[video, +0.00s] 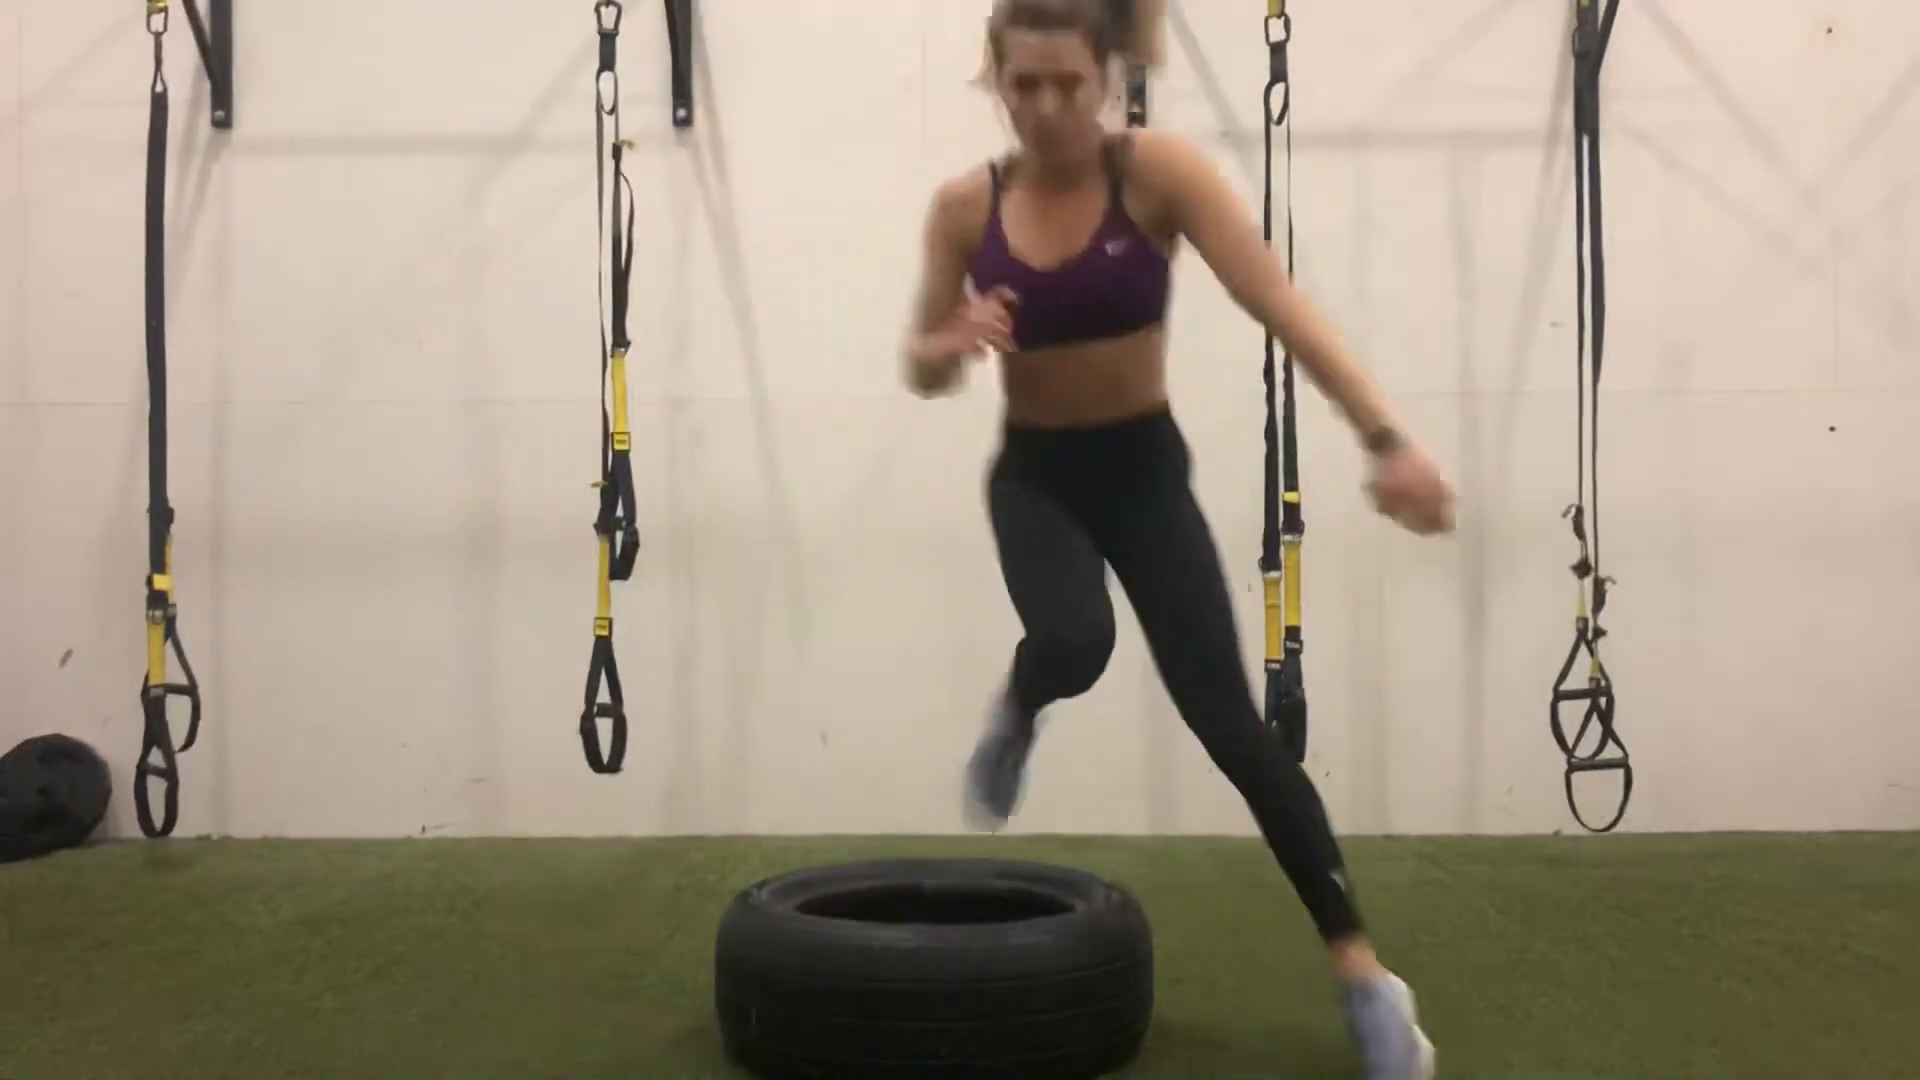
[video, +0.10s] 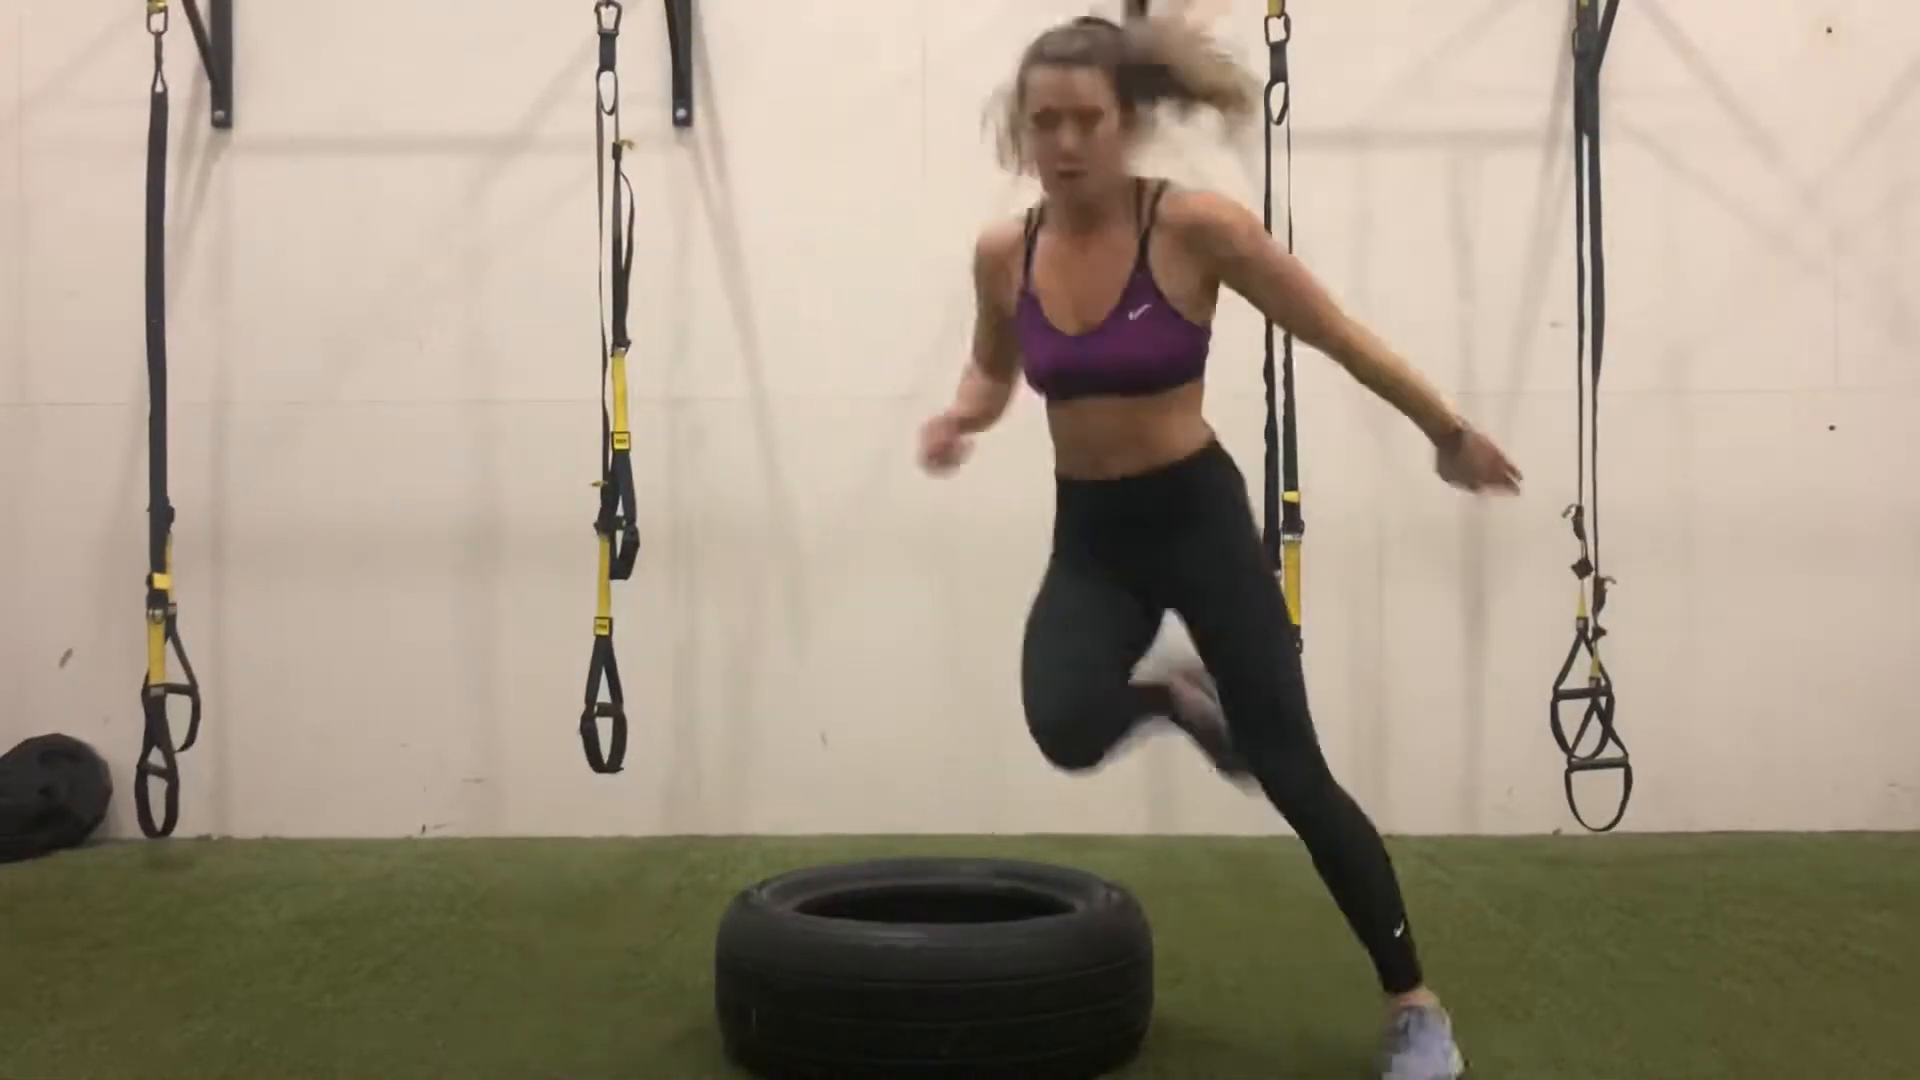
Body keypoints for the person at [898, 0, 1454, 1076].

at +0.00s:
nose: (1049, 107)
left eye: (1069, 83)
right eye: (1028, 84)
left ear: (1107, 75)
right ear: (998, 82)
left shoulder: (1162, 174)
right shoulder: (965, 209)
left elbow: (1276, 301)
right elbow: (925, 372)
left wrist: (1387, 440)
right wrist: (953, 340)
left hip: (1142, 466)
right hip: (1034, 472)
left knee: (1227, 721)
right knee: (1075, 644)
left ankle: (1360, 969)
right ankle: (1014, 717)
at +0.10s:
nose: (1063, 141)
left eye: (1085, 119)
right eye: (1044, 121)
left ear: (1131, 123)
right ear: (1021, 128)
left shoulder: (1196, 224)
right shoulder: (1005, 254)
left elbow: (1332, 332)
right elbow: (991, 367)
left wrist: (1450, 432)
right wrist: (964, 416)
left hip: (1199, 522)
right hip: (1090, 535)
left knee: (1285, 769)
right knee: (1067, 738)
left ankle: (1413, 1006)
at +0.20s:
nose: (1060, 158)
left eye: (1083, 136)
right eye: (1043, 136)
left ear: (1130, 131)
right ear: (1021, 130)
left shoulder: (1184, 223)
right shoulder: (992, 229)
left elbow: (1293, 303)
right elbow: (892, 289)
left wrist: (1367, 390)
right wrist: (845, 308)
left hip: (1205, 498)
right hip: (1109, 523)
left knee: (1162, 735)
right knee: (1161, 788)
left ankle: (1371, 904)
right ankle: (1341, 923)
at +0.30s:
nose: (1026, 199)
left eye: (1050, 181)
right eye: (1012, 177)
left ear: (1098, 182)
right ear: (993, 171)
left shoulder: (1154, 260)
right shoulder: (978, 262)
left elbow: (1277, 304)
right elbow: (803, 251)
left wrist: (1349, 363)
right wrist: (821, 173)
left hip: (1198, 518)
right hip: (1138, 540)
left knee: (1005, 654)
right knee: (1214, 796)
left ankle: (1225, 756)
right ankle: (1418, 968)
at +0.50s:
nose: (906, 122)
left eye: (930, 99)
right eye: (890, 97)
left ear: (980, 102)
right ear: (868, 94)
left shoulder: (1021, 196)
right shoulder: (840, 197)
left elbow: (1139, 259)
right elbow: (857, 373)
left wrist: (1118, 378)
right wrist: (914, 293)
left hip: (1008, 485)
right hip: (966, 484)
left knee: (889, 724)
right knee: (951, 722)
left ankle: (921, 939)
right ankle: (1169, 740)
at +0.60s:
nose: (866, 122)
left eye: (890, 102)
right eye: (848, 98)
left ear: (933, 107)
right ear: (825, 99)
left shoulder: (969, 207)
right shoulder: (793, 203)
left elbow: (1104, 290)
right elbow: (772, 356)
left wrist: (1095, 412)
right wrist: (830, 357)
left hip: (967, 486)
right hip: (891, 487)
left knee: (919, 723)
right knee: (774, 676)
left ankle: (939, 942)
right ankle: (967, 719)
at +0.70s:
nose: (826, 132)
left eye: (850, 111)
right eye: (807, 108)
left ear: (885, 110)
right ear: (779, 101)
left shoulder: (930, 203)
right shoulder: (732, 214)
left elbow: (1076, 288)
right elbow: (726, 367)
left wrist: (1084, 427)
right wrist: (795, 371)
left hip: (907, 465)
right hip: (806, 467)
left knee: (808, 648)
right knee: (695, 678)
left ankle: (926, 850)